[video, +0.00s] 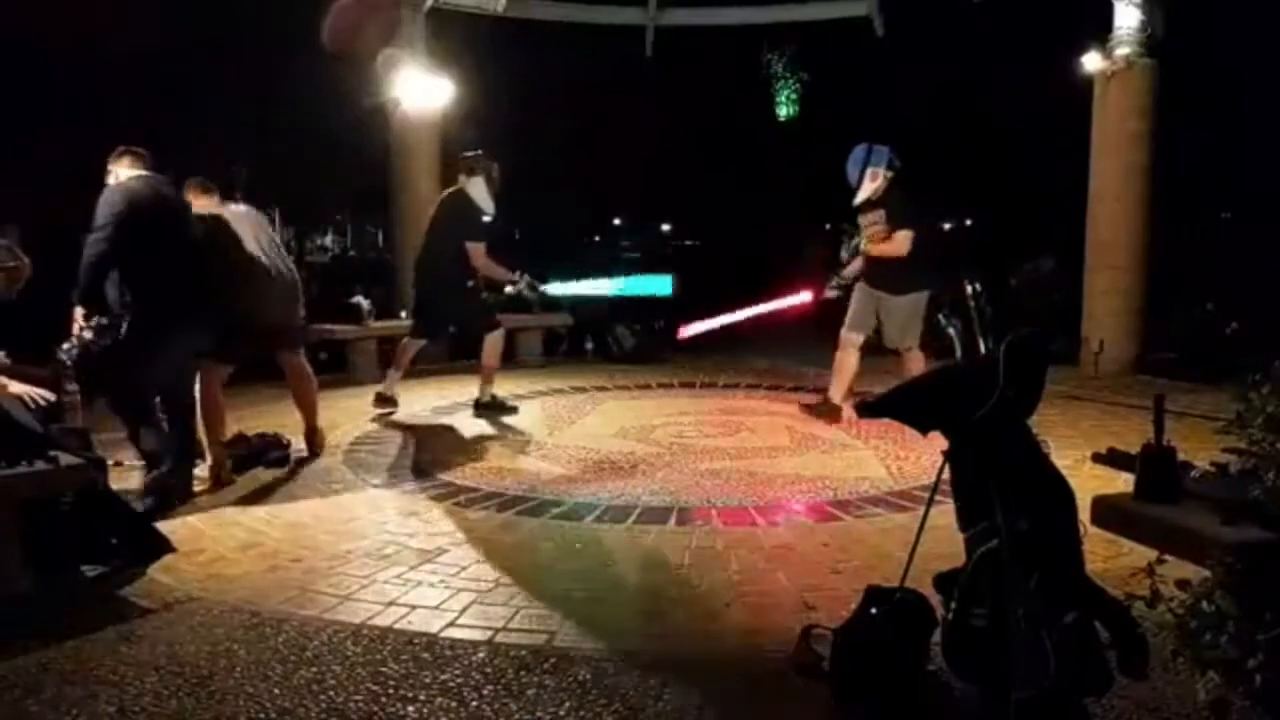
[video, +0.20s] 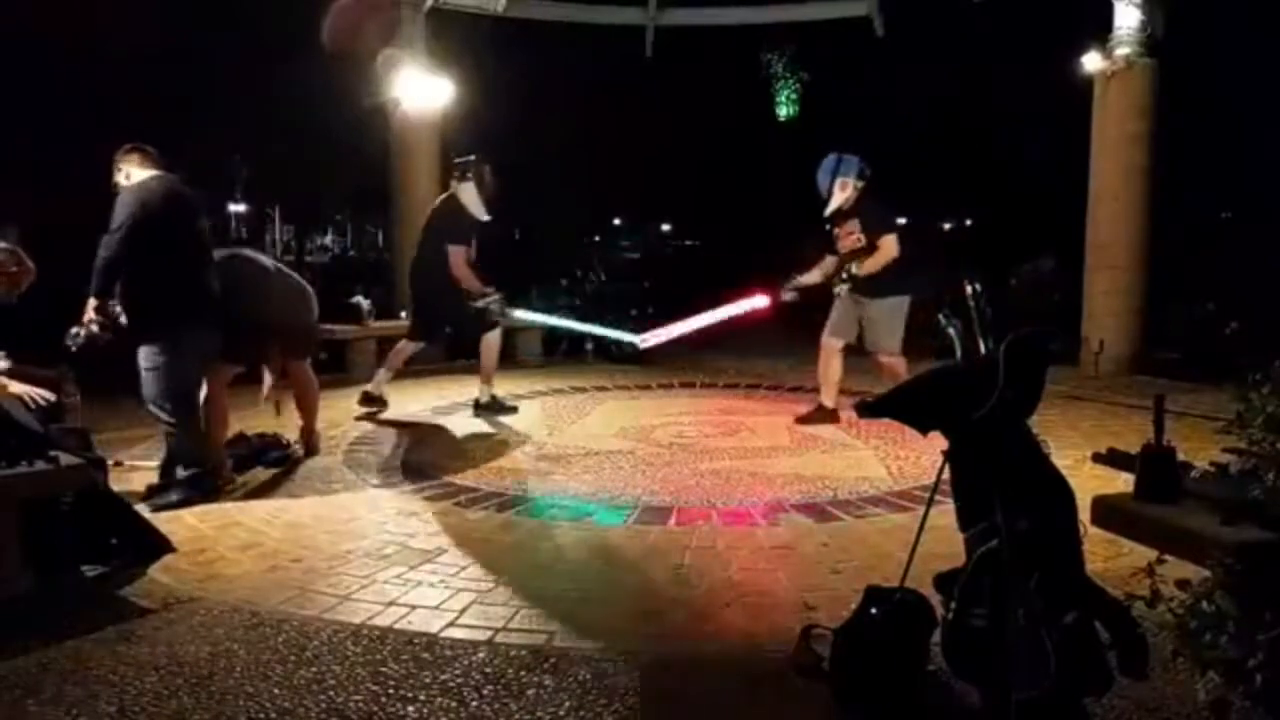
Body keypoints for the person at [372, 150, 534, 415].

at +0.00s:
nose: (494, 185)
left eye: (493, 179)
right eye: (492, 179)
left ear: (465, 176)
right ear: (481, 178)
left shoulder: (449, 199)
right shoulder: (471, 208)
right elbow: (479, 261)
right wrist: (513, 278)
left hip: (429, 281)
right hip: (453, 284)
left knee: (419, 333)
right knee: (493, 332)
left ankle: (387, 389)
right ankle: (486, 396)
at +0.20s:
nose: (491, 184)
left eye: (489, 177)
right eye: (486, 178)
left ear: (461, 180)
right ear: (473, 181)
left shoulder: (452, 205)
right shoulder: (457, 211)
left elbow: (466, 256)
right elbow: (457, 265)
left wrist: (477, 287)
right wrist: (483, 292)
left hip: (426, 280)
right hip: (440, 283)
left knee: (418, 335)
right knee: (491, 326)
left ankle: (374, 389)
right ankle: (486, 396)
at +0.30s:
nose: (475, 183)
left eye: (474, 176)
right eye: (470, 177)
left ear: (449, 180)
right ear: (456, 179)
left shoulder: (449, 208)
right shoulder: (437, 212)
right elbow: (436, 264)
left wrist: (458, 287)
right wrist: (463, 289)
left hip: (422, 288)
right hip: (426, 289)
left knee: (404, 340)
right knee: (477, 329)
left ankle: (365, 394)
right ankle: (484, 397)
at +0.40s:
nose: (463, 184)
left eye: (462, 177)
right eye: (459, 178)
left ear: (439, 179)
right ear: (447, 180)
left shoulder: (438, 206)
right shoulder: (428, 209)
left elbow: (431, 257)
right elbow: (423, 260)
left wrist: (451, 282)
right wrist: (451, 284)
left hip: (413, 286)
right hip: (415, 286)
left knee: (396, 339)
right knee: (465, 326)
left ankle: (362, 394)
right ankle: (480, 395)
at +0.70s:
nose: (449, 180)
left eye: (448, 174)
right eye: (445, 174)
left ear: (420, 174)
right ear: (433, 174)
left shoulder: (413, 200)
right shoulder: (419, 200)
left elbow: (432, 244)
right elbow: (431, 244)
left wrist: (463, 251)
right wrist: (467, 251)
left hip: (400, 284)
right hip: (412, 285)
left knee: (393, 336)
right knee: (457, 324)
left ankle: (362, 394)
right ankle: (463, 394)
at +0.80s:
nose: (455, 176)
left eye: (453, 170)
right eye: (451, 171)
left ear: (425, 172)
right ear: (438, 172)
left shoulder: (417, 199)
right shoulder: (425, 199)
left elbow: (439, 244)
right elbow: (442, 244)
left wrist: (474, 246)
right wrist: (479, 246)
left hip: (404, 283)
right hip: (422, 283)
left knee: (398, 335)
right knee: (463, 324)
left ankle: (363, 394)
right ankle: (466, 398)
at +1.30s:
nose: (470, 181)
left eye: (469, 174)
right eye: (466, 174)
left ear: (440, 175)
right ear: (454, 176)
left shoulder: (431, 201)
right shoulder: (436, 206)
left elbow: (437, 254)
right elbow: (435, 261)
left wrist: (453, 270)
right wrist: (460, 275)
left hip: (409, 283)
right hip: (424, 285)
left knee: (400, 331)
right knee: (465, 327)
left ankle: (360, 388)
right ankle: (467, 398)